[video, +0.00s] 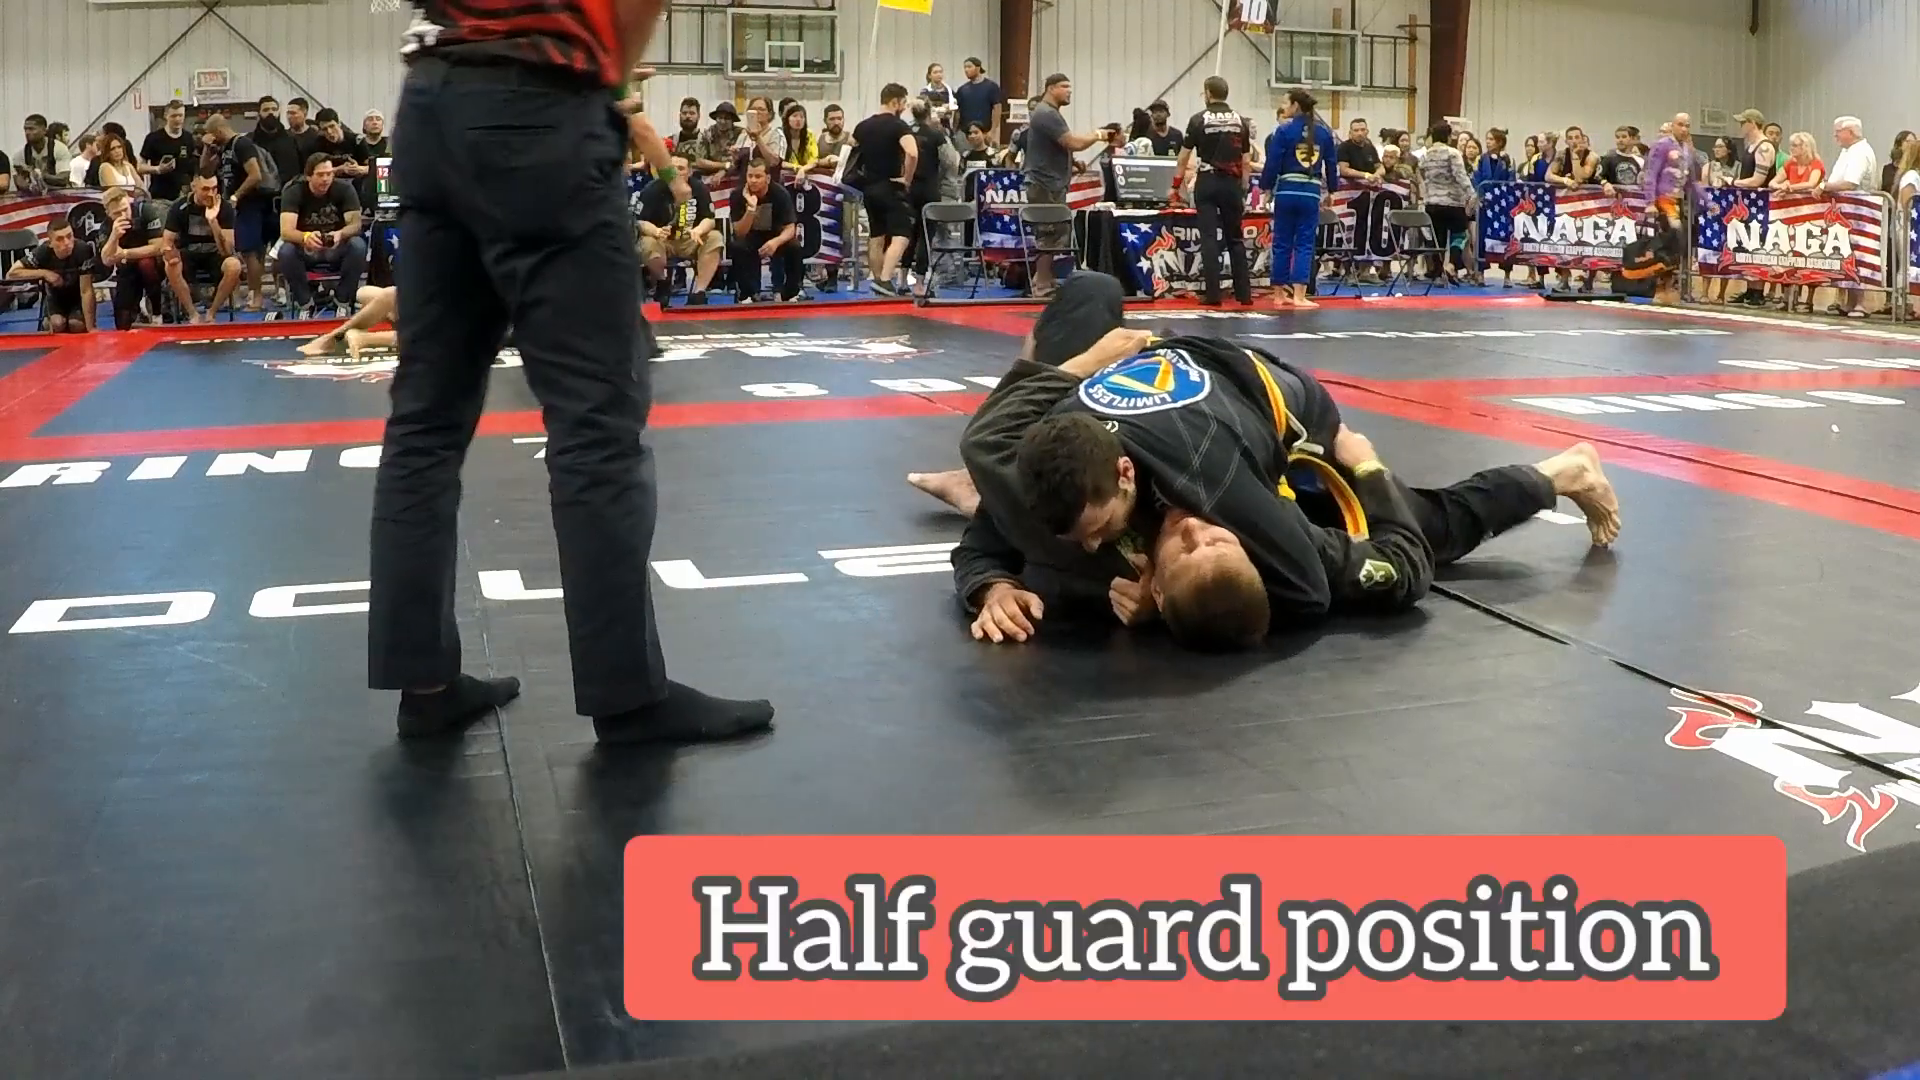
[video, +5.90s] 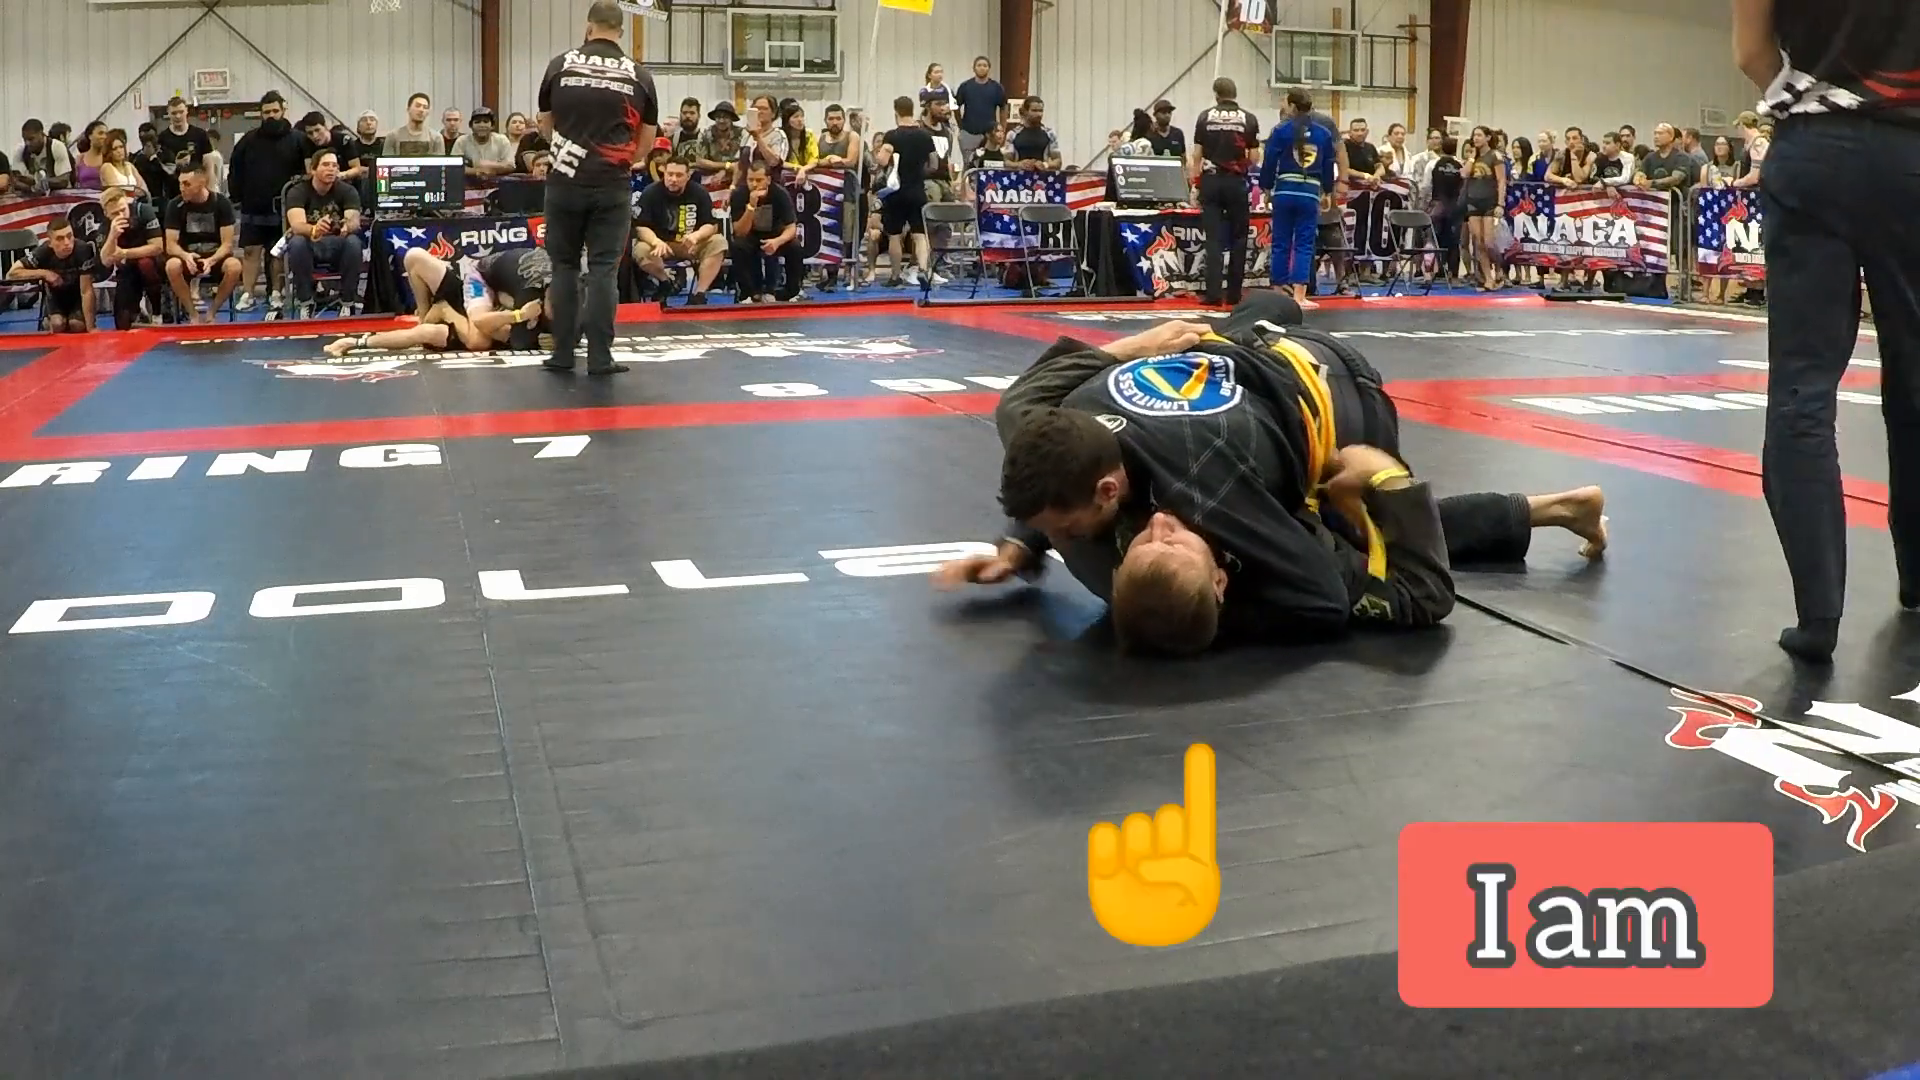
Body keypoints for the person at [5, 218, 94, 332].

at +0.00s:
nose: (67, 243)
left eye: (69, 237)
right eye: (60, 239)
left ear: (73, 235)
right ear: (50, 241)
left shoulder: (83, 249)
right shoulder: (43, 251)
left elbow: (86, 291)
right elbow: (12, 273)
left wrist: (91, 328)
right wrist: (44, 273)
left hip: (77, 293)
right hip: (55, 293)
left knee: (77, 325)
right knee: (58, 323)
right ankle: (46, 324)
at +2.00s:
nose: (67, 243)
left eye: (69, 237)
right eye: (60, 239)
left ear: (73, 234)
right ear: (50, 241)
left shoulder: (83, 250)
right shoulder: (44, 251)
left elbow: (86, 291)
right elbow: (12, 273)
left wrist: (91, 328)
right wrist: (44, 273)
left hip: (78, 291)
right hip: (55, 292)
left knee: (76, 324)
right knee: (58, 323)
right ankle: (46, 323)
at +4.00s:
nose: (67, 243)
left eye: (69, 236)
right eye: (60, 239)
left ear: (73, 235)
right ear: (50, 241)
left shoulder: (83, 249)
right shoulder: (43, 251)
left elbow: (86, 290)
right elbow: (12, 274)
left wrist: (91, 328)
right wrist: (44, 273)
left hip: (78, 291)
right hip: (55, 292)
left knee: (76, 324)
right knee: (58, 323)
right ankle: (46, 323)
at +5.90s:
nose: (67, 243)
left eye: (69, 237)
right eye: (60, 239)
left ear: (73, 235)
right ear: (50, 240)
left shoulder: (83, 249)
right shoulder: (44, 251)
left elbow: (86, 290)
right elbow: (12, 273)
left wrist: (91, 327)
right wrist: (44, 273)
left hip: (78, 291)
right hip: (55, 292)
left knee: (77, 324)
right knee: (58, 323)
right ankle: (46, 323)